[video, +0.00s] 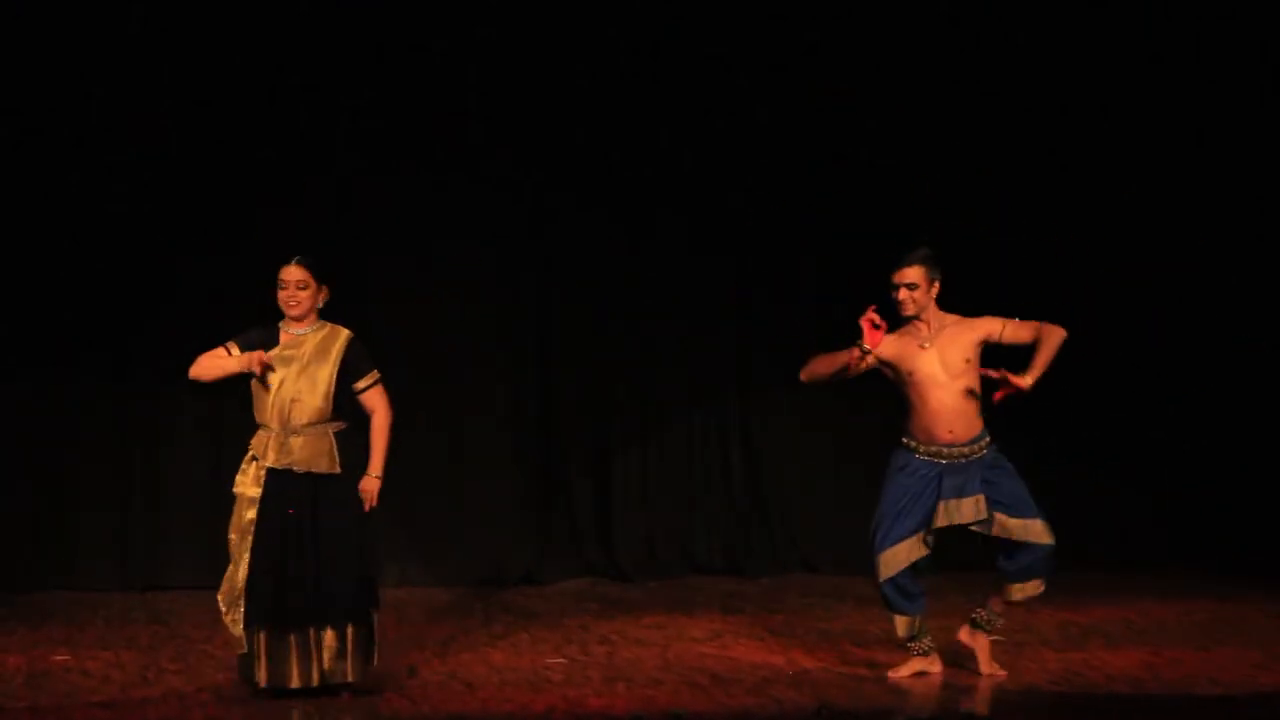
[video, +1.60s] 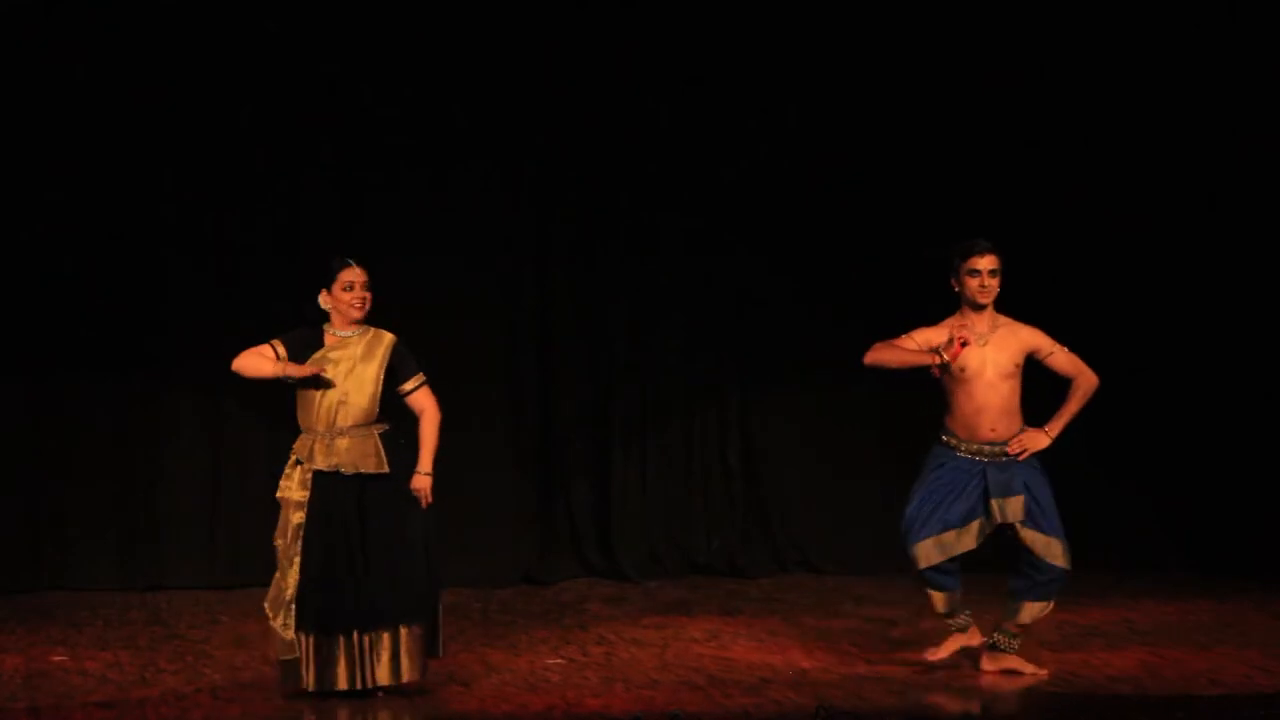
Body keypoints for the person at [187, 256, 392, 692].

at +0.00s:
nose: (290, 295)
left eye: (300, 287)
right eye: (284, 287)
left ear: (320, 293)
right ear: (276, 293)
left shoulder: (341, 344)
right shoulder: (260, 340)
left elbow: (380, 409)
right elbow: (198, 370)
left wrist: (374, 473)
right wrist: (243, 363)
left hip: (325, 473)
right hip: (270, 471)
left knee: (328, 566)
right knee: (269, 568)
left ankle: (330, 671)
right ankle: (273, 669)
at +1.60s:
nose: (360, 296)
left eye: (365, 288)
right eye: (349, 288)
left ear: (372, 296)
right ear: (326, 296)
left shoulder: (386, 347)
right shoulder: (307, 340)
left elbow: (429, 409)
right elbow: (242, 363)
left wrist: (423, 470)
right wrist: (289, 370)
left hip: (373, 473)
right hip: (317, 473)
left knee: (378, 570)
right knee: (321, 572)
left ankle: (381, 674)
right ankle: (324, 675)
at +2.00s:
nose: (363, 295)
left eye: (367, 288)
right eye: (353, 288)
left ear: (373, 295)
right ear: (328, 297)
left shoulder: (385, 346)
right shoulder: (307, 339)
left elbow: (430, 408)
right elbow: (245, 350)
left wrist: (420, 467)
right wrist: (296, 350)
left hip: (370, 469)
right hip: (314, 468)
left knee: (376, 568)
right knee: (308, 569)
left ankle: (376, 675)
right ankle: (303, 673)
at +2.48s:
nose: (317, 297)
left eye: (326, 289)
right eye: (309, 290)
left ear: (343, 296)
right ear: (300, 297)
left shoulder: (366, 347)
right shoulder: (286, 343)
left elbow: (413, 403)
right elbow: (222, 374)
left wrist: (397, 454)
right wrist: (269, 371)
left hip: (348, 473)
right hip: (290, 472)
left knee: (353, 571)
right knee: (294, 573)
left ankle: (358, 675)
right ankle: (298, 677)